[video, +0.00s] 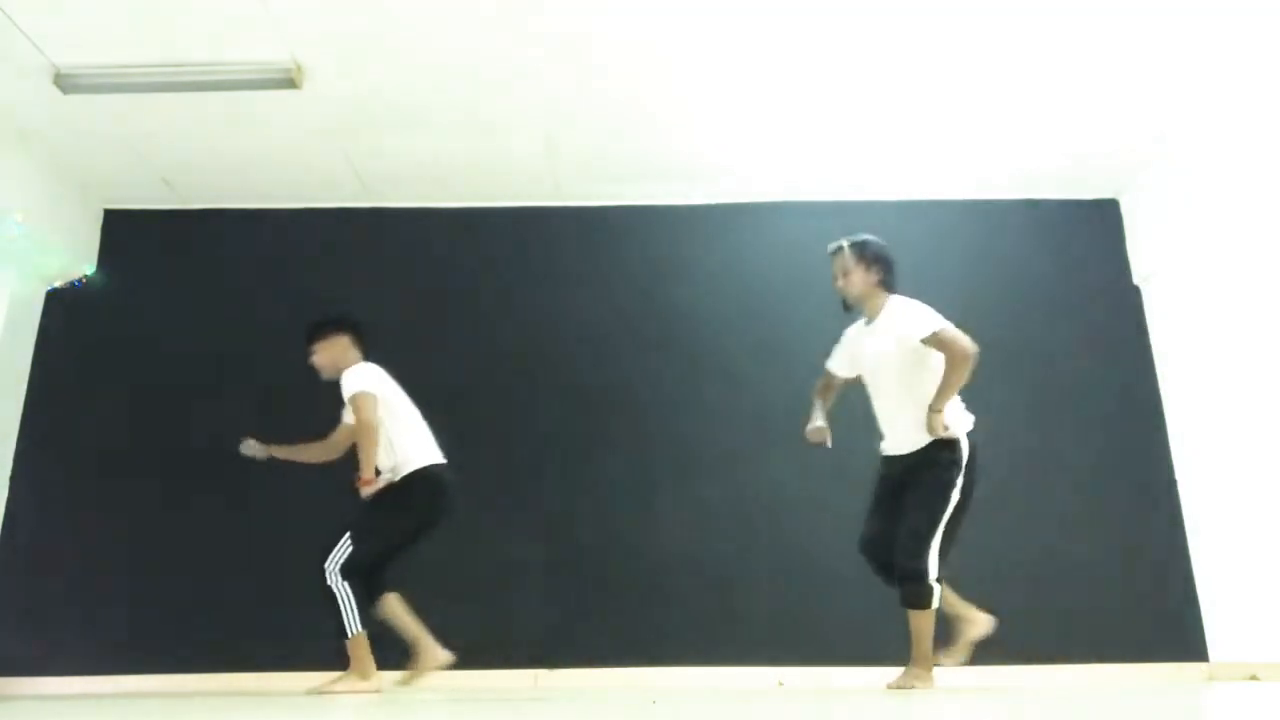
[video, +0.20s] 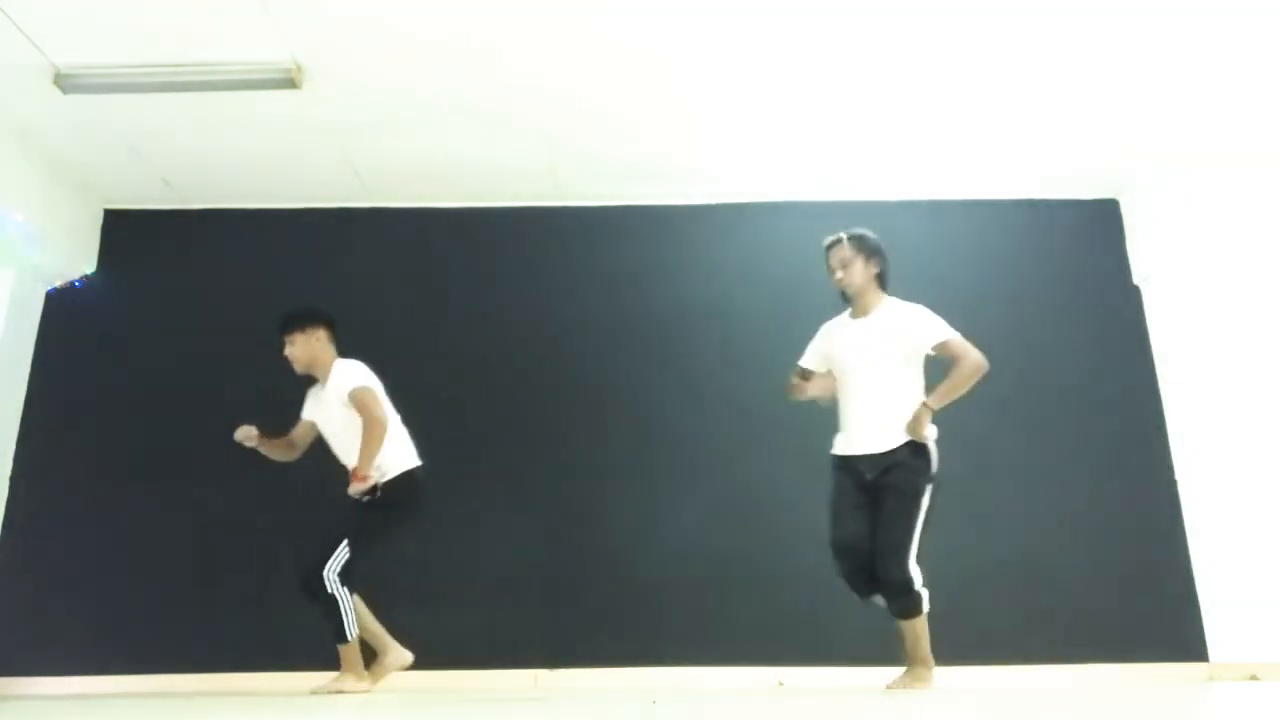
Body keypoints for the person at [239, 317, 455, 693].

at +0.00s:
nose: (312, 360)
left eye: (316, 349)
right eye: (311, 352)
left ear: (343, 343)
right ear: (340, 346)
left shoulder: (359, 374)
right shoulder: (362, 385)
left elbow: (367, 420)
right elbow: (331, 449)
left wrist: (366, 475)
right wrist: (270, 451)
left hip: (414, 484)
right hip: (425, 485)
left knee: (338, 568)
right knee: (364, 572)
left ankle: (362, 670)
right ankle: (429, 650)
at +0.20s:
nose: (285, 353)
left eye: (290, 343)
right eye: (284, 345)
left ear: (317, 337)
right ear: (311, 341)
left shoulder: (348, 372)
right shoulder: (317, 396)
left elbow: (377, 419)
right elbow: (292, 448)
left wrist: (361, 469)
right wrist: (259, 442)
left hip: (397, 486)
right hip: (375, 492)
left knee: (331, 573)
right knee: (317, 576)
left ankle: (353, 674)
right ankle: (391, 651)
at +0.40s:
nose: (280, 339)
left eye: (285, 329)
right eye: (278, 331)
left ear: (312, 326)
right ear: (290, 333)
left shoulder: (340, 366)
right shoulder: (292, 384)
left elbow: (366, 417)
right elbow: (245, 426)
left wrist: (339, 466)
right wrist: (236, 396)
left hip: (361, 491)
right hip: (322, 494)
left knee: (311, 581)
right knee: (249, 558)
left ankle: (353, 673)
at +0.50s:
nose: (272, 330)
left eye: (277, 320)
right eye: (271, 322)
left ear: (304, 318)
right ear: (289, 323)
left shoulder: (330, 364)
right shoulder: (281, 373)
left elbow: (347, 413)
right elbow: (219, 395)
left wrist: (313, 458)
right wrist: (207, 359)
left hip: (328, 493)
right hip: (290, 494)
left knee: (297, 590)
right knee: (205, 547)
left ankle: (351, 674)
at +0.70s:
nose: (215, 320)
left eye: (224, 311)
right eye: (216, 313)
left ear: (252, 315)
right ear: (231, 321)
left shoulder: (271, 360)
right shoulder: (215, 366)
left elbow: (286, 412)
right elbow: (146, 368)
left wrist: (250, 456)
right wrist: (103, 332)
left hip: (259, 495)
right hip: (217, 497)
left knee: (275, 594)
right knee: (140, 571)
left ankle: (349, 674)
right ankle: (49, 671)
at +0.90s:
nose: (103, 337)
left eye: (111, 327)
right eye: (103, 330)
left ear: (141, 329)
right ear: (115, 340)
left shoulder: (170, 368)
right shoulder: (113, 387)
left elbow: (216, 414)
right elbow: (38, 399)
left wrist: (195, 474)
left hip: (212, 497)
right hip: (167, 506)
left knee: (251, 586)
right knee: (71, 558)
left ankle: (327, 671)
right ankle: (30, 673)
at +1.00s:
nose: (63, 353)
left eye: (71, 342)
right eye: (62, 345)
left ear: (103, 342)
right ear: (88, 347)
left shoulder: (141, 378)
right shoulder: (81, 405)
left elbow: (198, 414)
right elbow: (27, 429)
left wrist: (185, 476)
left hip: (202, 500)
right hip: (156, 509)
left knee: (242, 587)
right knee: (62, 556)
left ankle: (314, 671)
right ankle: (28, 673)